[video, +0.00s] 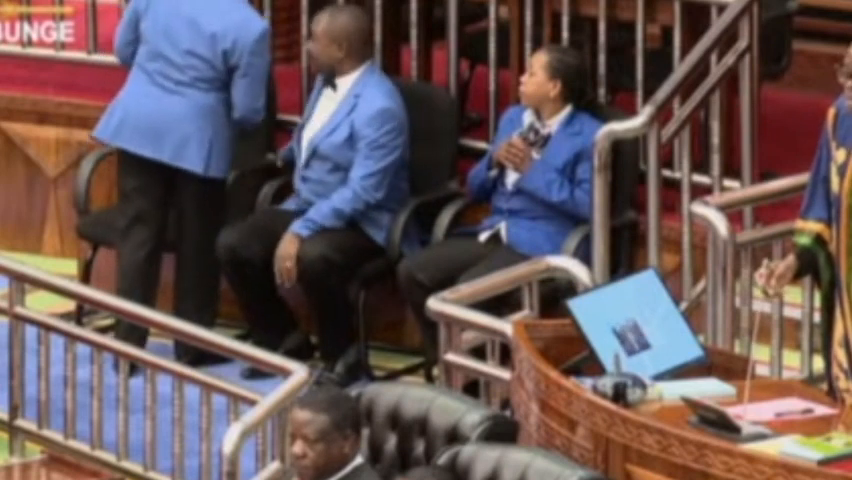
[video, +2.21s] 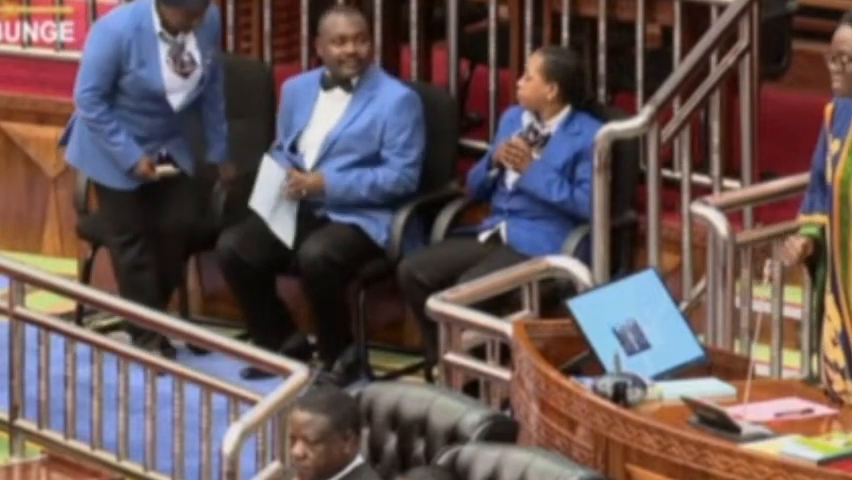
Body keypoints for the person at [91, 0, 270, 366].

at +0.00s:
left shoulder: (152, 3)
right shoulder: (250, 26)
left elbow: (124, 50)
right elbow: (246, 109)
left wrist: (159, 69)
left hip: (138, 129)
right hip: (199, 141)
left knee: (137, 237)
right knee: (197, 246)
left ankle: (128, 349)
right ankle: (191, 349)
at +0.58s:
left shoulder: (146, 4)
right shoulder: (215, 17)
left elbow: (133, 50)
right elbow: (212, 100)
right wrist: (247, 118)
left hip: (131, 126)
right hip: (180, 139)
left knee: (136, 235)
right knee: (191, 244)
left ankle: (114, 333)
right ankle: (190, 344)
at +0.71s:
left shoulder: (145, 6)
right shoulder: (181, 11)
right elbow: (170, 88)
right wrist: (222, 117)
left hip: (132, 137)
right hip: (167, 145)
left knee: (134, 242)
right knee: (181, 247)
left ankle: (113, 333)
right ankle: (191, 343)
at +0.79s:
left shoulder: (145, 6)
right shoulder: (181, 11)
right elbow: (170, 88)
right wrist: (222, 117)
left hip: (132, 137)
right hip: (167, 145)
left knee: (134, 242)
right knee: (181, 248)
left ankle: (113, 333)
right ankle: (191, 343)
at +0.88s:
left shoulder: (176, 10)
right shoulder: (143, 9)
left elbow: (185, 74)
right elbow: (125, 83)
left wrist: (204, 101)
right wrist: (186, 119)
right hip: (142, 149)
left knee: (123, 247)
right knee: (167, 250)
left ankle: (111, 334)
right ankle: (189, 343)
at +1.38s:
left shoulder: (176, 7)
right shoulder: (103, 9)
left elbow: (177, 60)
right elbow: (75, 80)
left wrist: (187, 106)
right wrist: (133, 126)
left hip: (148, 146)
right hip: (106, 147)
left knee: (128, 241)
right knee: (125, 243)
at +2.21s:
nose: (195, 23)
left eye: (200, 15)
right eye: (188, 15)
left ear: (205, 8)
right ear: (163, 6)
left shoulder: (208, 22)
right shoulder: (116, 30)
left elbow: (212, 90)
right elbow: (88, 100)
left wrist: (219, 155)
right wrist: (132, 157)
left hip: (172, 143)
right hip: (115, 144)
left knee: (179, 227)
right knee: (132, 241)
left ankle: (150, 321)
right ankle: (146, 335)